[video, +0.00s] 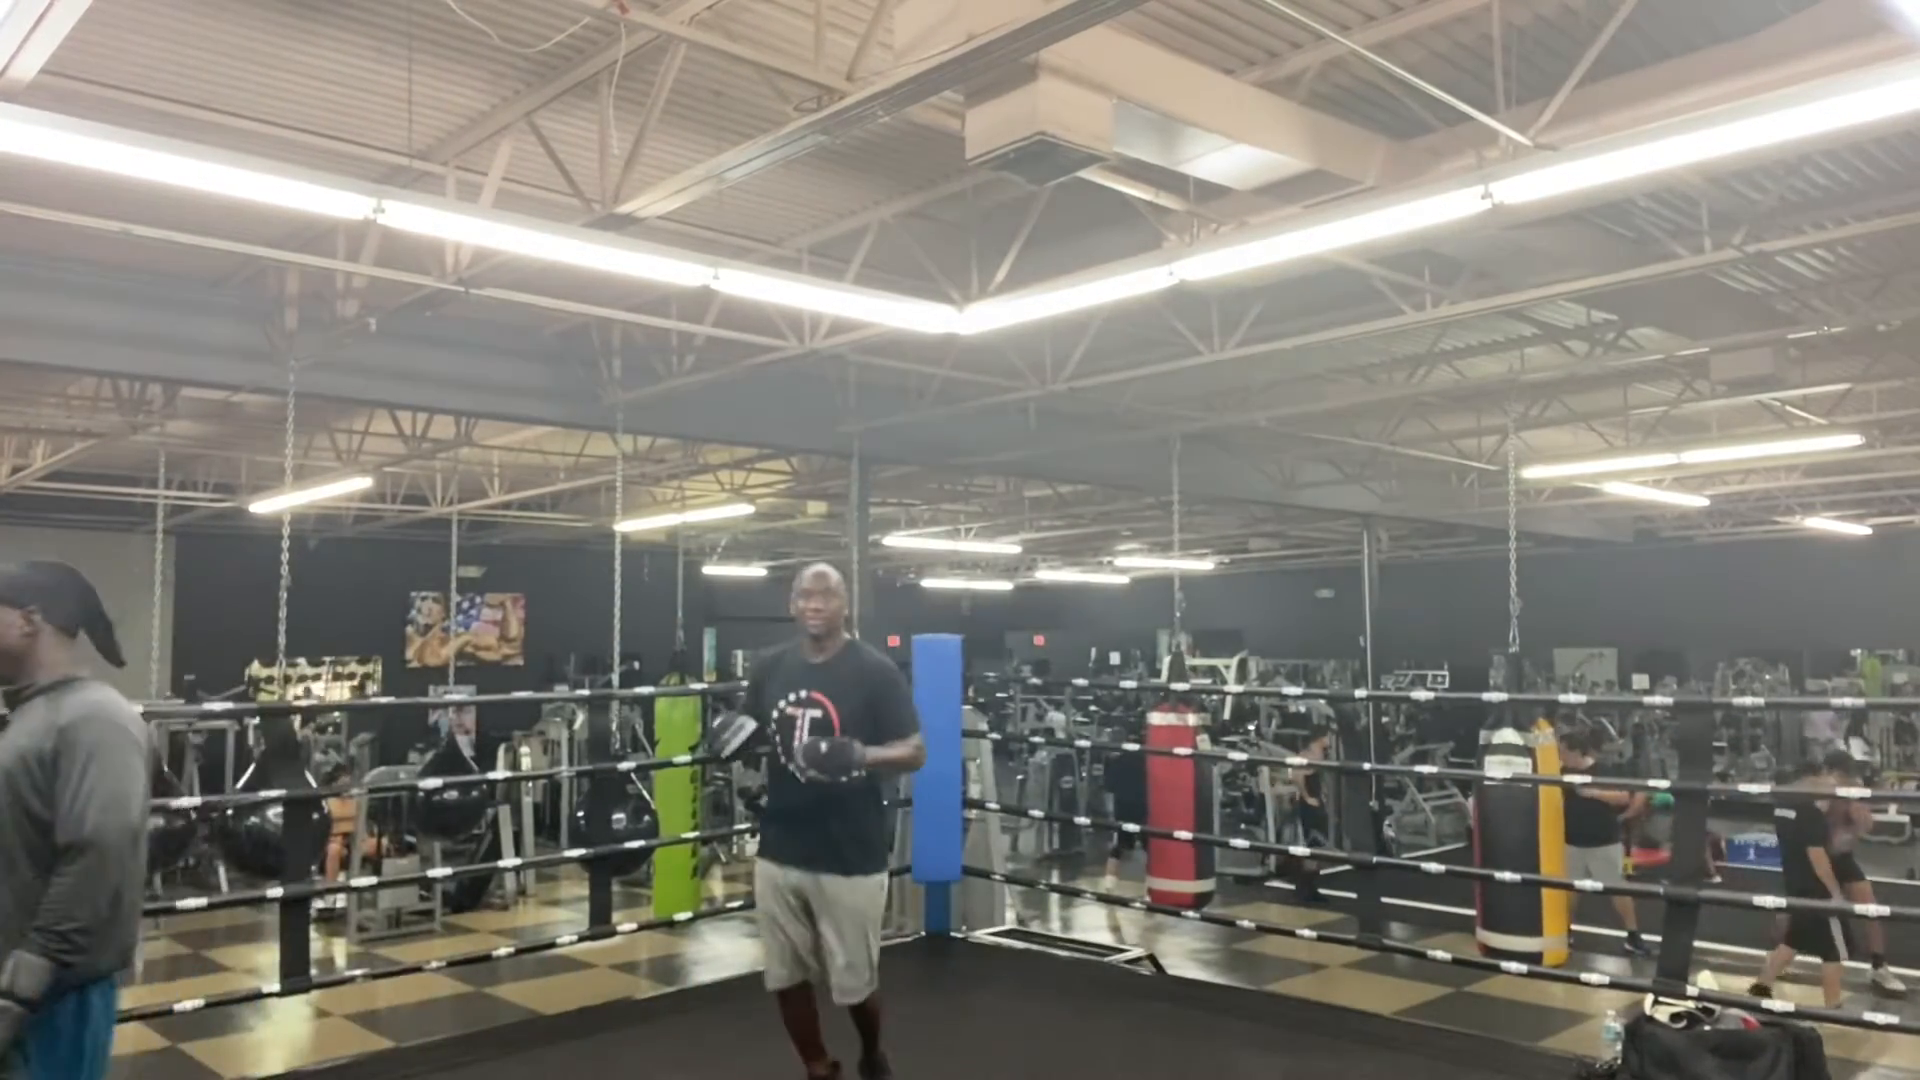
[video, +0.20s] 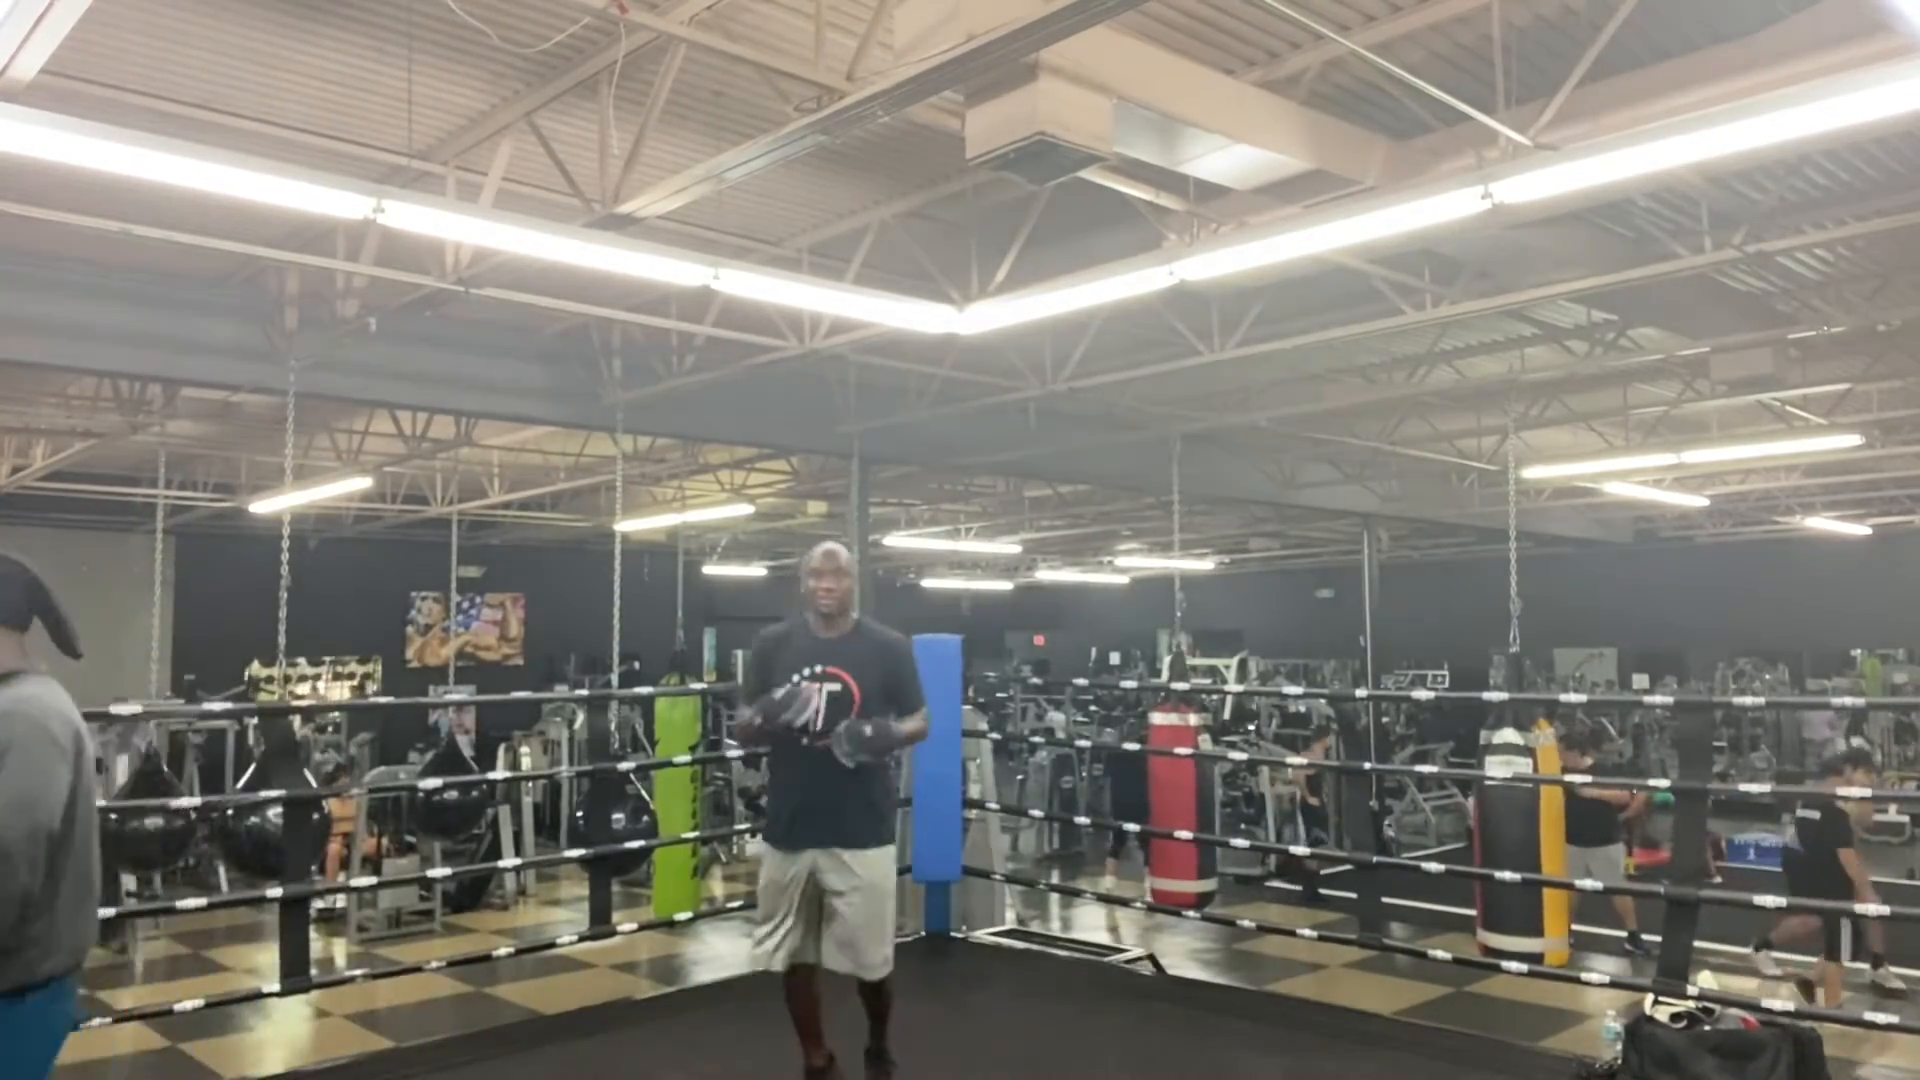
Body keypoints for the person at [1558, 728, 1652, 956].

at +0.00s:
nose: (1560, 757)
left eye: (1563, 751)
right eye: (1559, 751)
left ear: (1579, 752)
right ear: (1568, 752)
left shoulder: (1606, 773)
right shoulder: (1562, 775)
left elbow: (1622, 797)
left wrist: (1594, 793)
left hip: (1604, 843)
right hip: (1570, 842)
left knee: (1619, 890)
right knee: (1565, 890)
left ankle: (1633, 934)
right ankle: (1563, 931)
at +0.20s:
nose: (1560, 758)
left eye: (1564, 753)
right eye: (1560, 753)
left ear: (1579, 752)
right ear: (1569, 753)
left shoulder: (1606, 772)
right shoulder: (1563, 775)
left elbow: (1624, 796)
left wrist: (1593, 793)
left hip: (1605, 842)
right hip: (1571, 841)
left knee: (1619, 890)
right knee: (1566, 889)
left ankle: (1633, 934)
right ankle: (1563, 931)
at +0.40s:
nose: (1561, 758)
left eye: (1564, 753)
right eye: (1560, 754)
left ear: (1578, 752)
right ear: (1562, 754)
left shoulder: (1604, 771)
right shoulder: (1559, 775)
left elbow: (1627, 795)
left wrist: (1593, 793)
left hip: (1605, 843)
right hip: (1571, 843)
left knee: (1619, 890)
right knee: (1568, 892)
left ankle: (1633, 934)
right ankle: (1563, 934)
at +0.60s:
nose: (1562, 759)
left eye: (1565, 754)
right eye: (1561, 754)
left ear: (1578, 752)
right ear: (1561, 755)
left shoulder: (1604, 771)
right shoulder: (1559, 776)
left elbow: (1627, 794)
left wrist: (1598, 793)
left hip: (1606, 842)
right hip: (1572, 843)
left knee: (1620, 889)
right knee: (1567, 892)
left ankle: (1633, 933)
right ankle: (1562, 935)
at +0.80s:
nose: (1567, 762)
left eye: (1570, 757)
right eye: (1565, 757)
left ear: (1582, 756)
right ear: (1564, 759)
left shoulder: (1603, 773)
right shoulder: (1561, 777)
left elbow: (1626, 794)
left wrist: (1598, 794)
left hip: (1605, 841)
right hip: (1573, 842)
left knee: (1619, 890)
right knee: (1567, 892)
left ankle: (1633, 933)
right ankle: (1563, 936)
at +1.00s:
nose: (1564, 761)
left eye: (1567, 756)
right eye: (1562, 757)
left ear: (1578, 754)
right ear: (1561, 757)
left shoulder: (1600, 770)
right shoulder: (1557, 777)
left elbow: (1627, 793)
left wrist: (1599, 796)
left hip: (1604, 840)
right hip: (1573, 843)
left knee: (1620, 889)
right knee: (1566, 892)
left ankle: (1633, 934)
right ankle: (1563, 937)